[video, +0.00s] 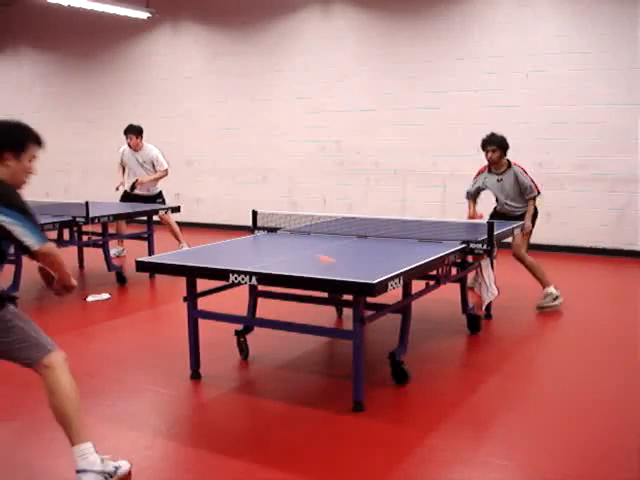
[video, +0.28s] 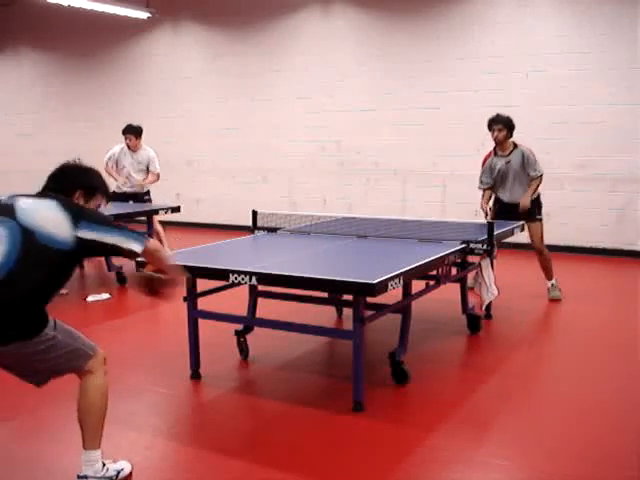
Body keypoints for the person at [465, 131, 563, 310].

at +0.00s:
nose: (489, 156)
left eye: (493, 152)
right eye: (486, 152)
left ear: (503, 152)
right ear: (484, 153)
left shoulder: (516, 171)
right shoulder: (484, 174)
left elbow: (532, 195)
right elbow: (473, 193)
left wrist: (528, 220)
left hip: (523, 212)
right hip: (501, 212)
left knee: (518, 251)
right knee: (484, 245)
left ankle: (550, 290)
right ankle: (480, 278)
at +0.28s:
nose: (495, 135)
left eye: (499, 131)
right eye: (493, 131)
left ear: (509, 132)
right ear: (490, 133)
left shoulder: (524, 153)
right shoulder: (490, 160)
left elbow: (537, 176)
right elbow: (488, 185)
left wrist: (527, 196)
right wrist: (484, 202)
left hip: (527, 202)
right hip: (503, 203)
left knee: (538, 245)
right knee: (490, 243)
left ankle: (552, 283)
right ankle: (479, 276)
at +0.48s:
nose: (501, 127)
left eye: (505, 123)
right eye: (498, 124)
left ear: (515, 124)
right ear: (495, 126)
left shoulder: (528, 144)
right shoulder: (497, 154)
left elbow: (544, 167)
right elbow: (498, 182)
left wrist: (524, 185)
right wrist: (489, 198)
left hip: (542, 193)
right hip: (519, 195)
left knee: (544, 241)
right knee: (501, 236)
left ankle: (561, 279)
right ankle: (510, 277)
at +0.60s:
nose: (505, 135)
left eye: (509, 131)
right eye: (503, 132)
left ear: (519, 132)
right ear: (501, 135)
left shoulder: (531, 151)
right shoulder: (506, 162)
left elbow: (541, 179)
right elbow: (510, 191)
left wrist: (514, 194)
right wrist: (499, 211)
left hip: (550, 201)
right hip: (528, 205)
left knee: (554, 247)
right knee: (510, 244)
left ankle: (585, 287)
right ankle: (520, 285)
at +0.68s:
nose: (508, 143)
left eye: (512, 138)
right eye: (506, 140)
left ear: (522, 140)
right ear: (506, 142)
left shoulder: (531, 157)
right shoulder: (519, 164)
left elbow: (533, 186)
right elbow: (531, 193)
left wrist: (504, 200)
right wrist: (525, 217)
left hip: (557, 209)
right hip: (537, 213)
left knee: (569, 255)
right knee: (512, 246)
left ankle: (601, 298)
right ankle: (521, 285)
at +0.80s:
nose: (507, 152)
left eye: (509, 148)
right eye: (505, 149)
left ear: (520, 147)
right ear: (519, 150)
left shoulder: (524, 163)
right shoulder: (531, 164)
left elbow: (514, 188)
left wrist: (488, 204)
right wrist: (531, 224)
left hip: (562, 211)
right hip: (546, 215)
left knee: (568, 261)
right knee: (520, 242)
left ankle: (603, 299)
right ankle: (521, 285)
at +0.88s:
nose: (504, 155)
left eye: (507, 150)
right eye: (503, 152)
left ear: (518, 149)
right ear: (520, 151)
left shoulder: (519, 164)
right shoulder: (541, 166)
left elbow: (510, 186)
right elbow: (566, 192)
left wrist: (483, 204)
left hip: (558, 211)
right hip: (545, 215)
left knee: (567, 261)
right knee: (521, 242)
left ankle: (603, 299)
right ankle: (522, 285)